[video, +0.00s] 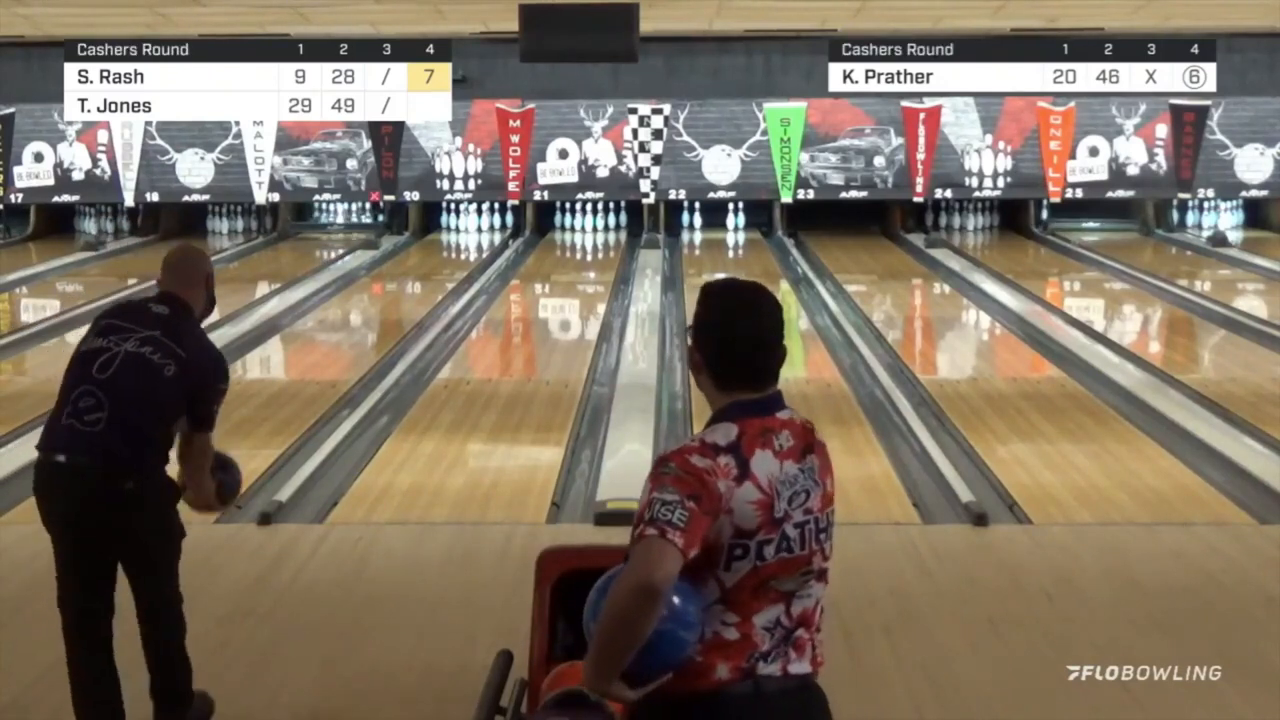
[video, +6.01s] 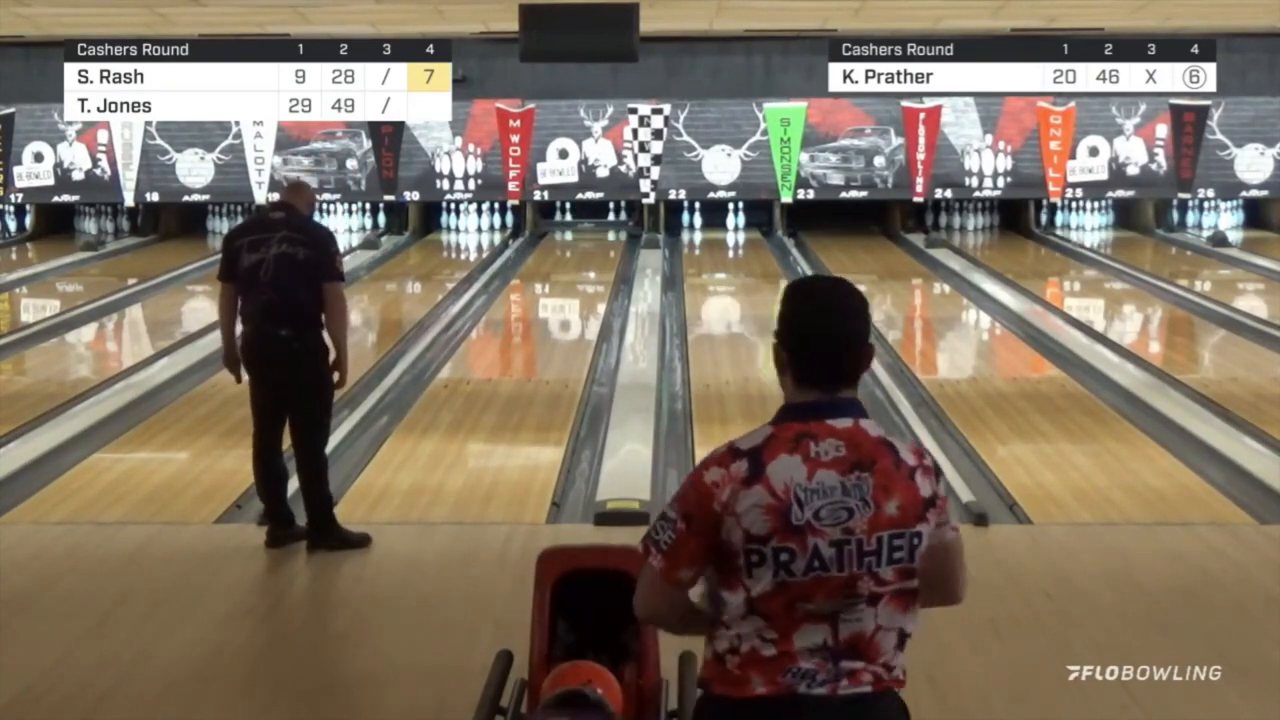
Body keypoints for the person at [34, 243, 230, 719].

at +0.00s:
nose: (214, 299)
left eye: (212, 290)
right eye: (213, 289)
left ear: (158, 283)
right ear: (206, 290)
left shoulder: (110, 315)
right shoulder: (205, 359)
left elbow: (119, 409)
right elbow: (195, 460)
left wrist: (172, 463)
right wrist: (207, 497)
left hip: (56, 474)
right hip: (132, 485)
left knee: (84, 612)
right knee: (159, 604)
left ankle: (96, 713)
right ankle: (174, 707)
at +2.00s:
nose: (373, 301)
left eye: (372, 295)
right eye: (374, 296)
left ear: (341, 287)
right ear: (367, 296)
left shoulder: (301, 297)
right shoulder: (358, 331)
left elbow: (240, 298)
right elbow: (391, 383)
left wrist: (181, 292)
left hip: (224, 373)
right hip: (246, 390)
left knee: (286, 431)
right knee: (211, 471)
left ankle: (283, 526)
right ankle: (125, 511)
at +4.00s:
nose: (354, 190)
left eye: (350, 183)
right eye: (354, 184)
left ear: (318, 184)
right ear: (351, 187)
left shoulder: (284, 231)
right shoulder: (362, 239)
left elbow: (270, 291)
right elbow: (389, 302)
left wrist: (269, 339)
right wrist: (423, 346)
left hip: (301, 351)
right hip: (350, 354)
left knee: (297, 436)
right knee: (362, 445)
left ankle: (282, 524)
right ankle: (373, 530)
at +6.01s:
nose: (314, 210)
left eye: (313, 205)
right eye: (313, 205)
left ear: (281, 200)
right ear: (306, 201)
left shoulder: (240, 234)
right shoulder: (318, 235)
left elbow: (227, 297)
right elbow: (333, 299)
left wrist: (229, 347)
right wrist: (341, 352)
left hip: (258, 348)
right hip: (305, 348)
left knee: (266, 437)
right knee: (311, 442)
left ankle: (279, 525)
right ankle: (323, 527)